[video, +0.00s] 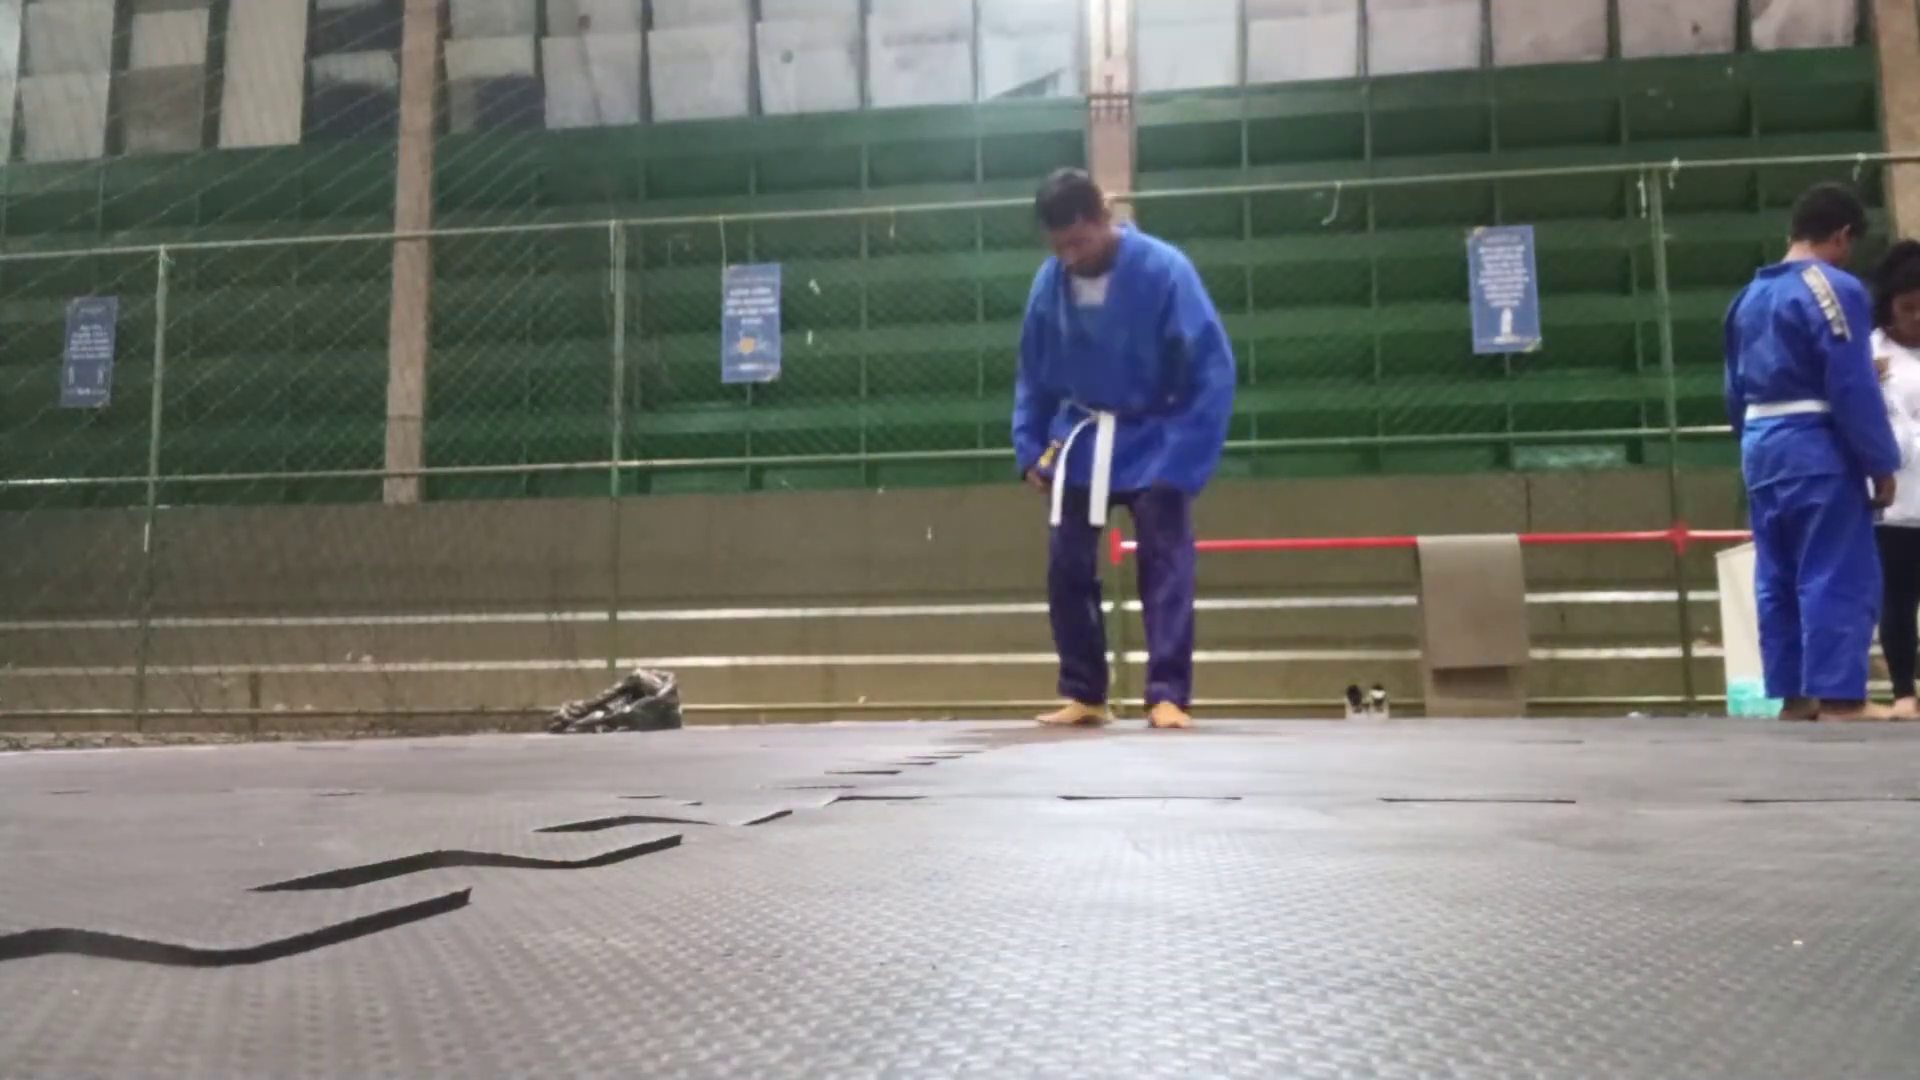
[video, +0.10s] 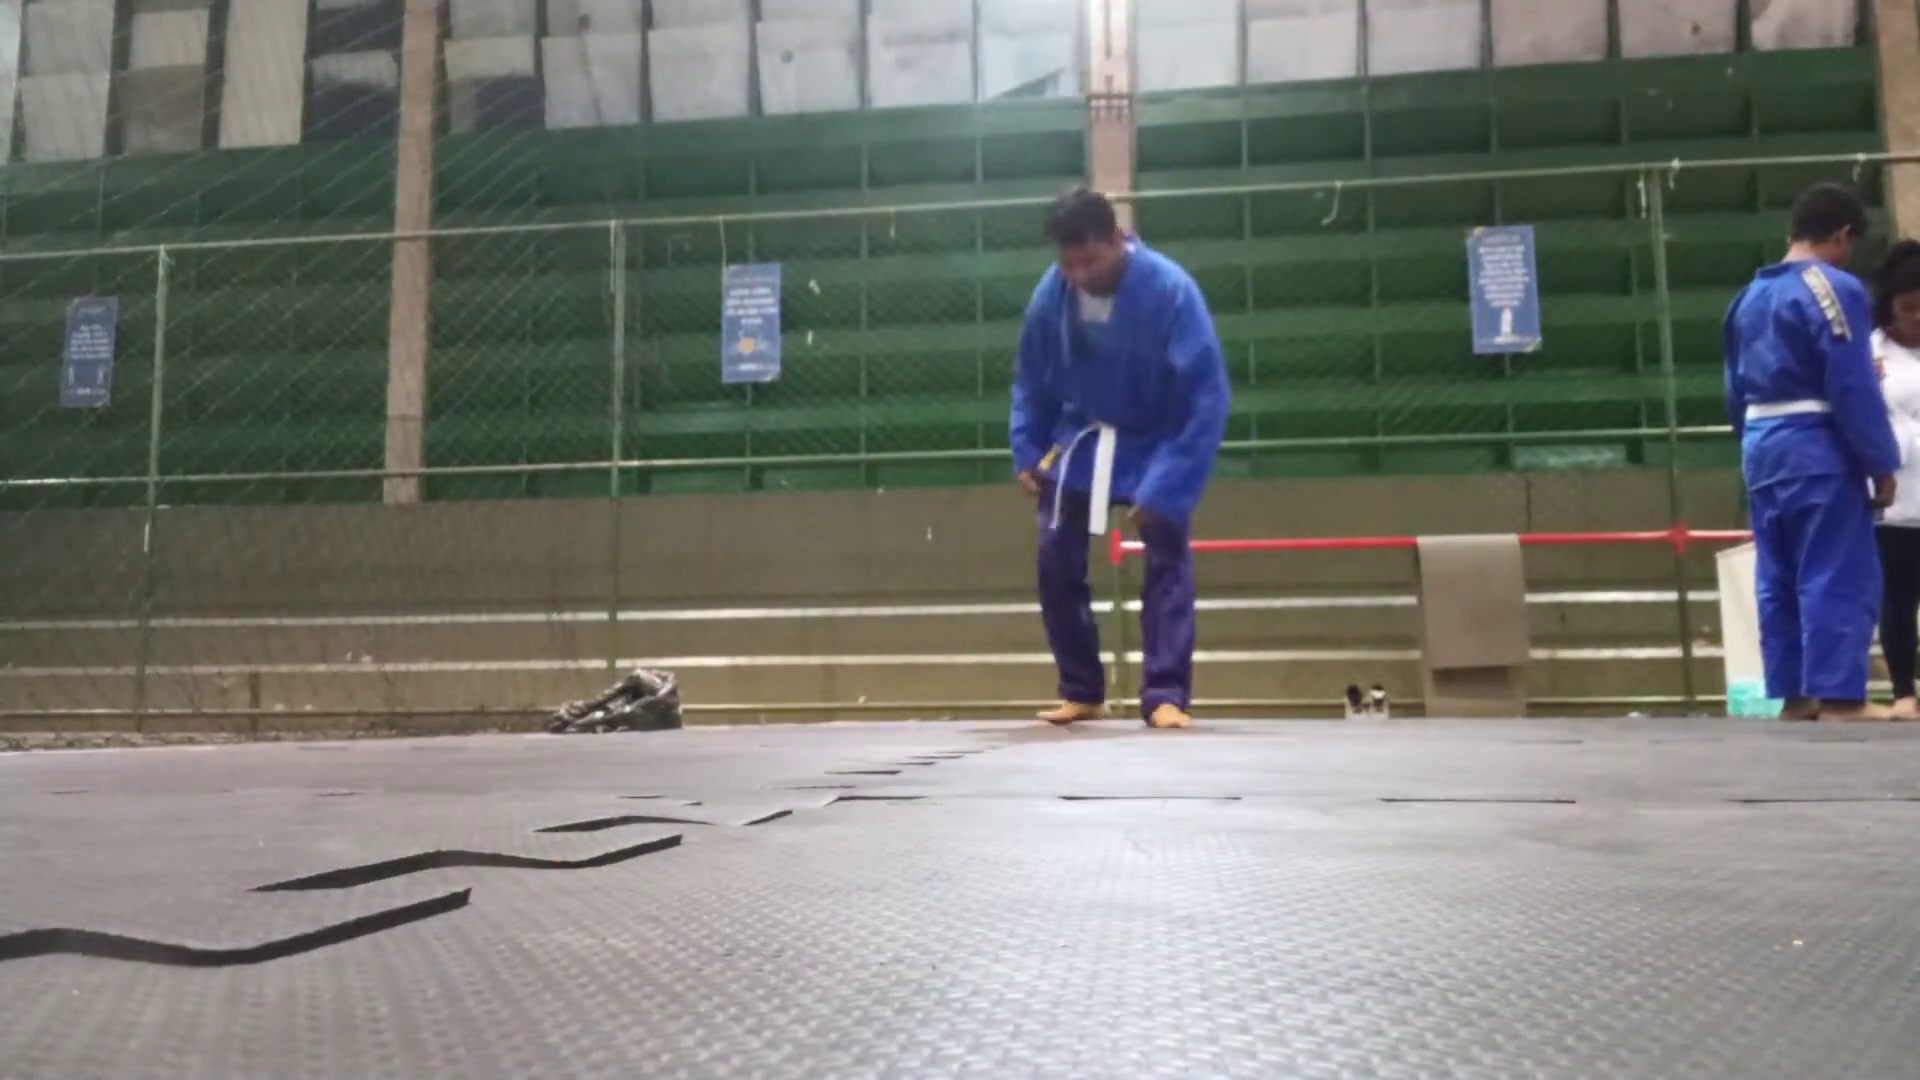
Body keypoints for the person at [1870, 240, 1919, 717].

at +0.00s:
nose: (1914, 316)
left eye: (1917, 307)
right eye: (1907, 307)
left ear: (1919, 307)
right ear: (1888, 307)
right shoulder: (1872, 351)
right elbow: (1850, 412)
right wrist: (1862, 383)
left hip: (1911, 498)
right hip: (1894, 498)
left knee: (1906, 604)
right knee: (1898, 604)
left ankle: (1908, 688)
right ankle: (1904, 690)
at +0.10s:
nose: (1914, 316)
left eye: (1917, 306)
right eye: (1907, 306)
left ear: (1919, 306)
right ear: (1889, 306)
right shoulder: (1872, 352)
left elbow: (1864, 417)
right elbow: (1857, 415)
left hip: (1911, 498)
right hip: (1893, 498)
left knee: (1906, 604)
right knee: (1898, 604)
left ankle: (1908, 689)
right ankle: (1904, 690)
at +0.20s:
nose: (1914, 316)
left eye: (1917, 307)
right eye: (1907, 306)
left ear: (1919, 308)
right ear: (1889, 307)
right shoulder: (1873, 352)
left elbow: (1865, 416)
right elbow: (1858, 414)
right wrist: (1873, 467)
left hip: (1912, 497)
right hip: (1894, 497)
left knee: (1906, 603)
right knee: (1898, 603)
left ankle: (1908, 689)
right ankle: (1904, 690)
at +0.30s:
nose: (1913, 317)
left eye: (1917, 307)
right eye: (1907, 307)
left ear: (1919, 307)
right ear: (1889, 306)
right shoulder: (1874, 351)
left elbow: (1864, 415)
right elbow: (1858, 414)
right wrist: (1873, 467)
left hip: (1912, 497)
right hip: (1894, 497)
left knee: (1906, 604)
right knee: (1898, 603)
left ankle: (1908, 689)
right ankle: (1904, 690)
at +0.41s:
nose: (1913, 317)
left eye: (1917, 307)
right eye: (1907, 307)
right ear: (1889, 307)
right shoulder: (1874, 352)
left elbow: (1865, 416)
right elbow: (1859, 414)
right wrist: (1874, 466)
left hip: (1912, 497)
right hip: (1895, 497)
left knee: (1906, 604)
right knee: (1898, 604)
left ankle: (1908, 689)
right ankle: (1904, 690)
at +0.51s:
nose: (1915, 316)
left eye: (1918, 307)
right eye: (1908, 307)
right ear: (1889, 306)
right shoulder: (1873, 352)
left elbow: (1865, 415)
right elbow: (1859, 414)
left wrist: (1877, 463)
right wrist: (1874, 465)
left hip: (1913, 498)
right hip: (1895, 498)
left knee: (1906, 603)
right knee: (1898, 603)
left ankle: (1908, 689)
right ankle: (1903, 690)